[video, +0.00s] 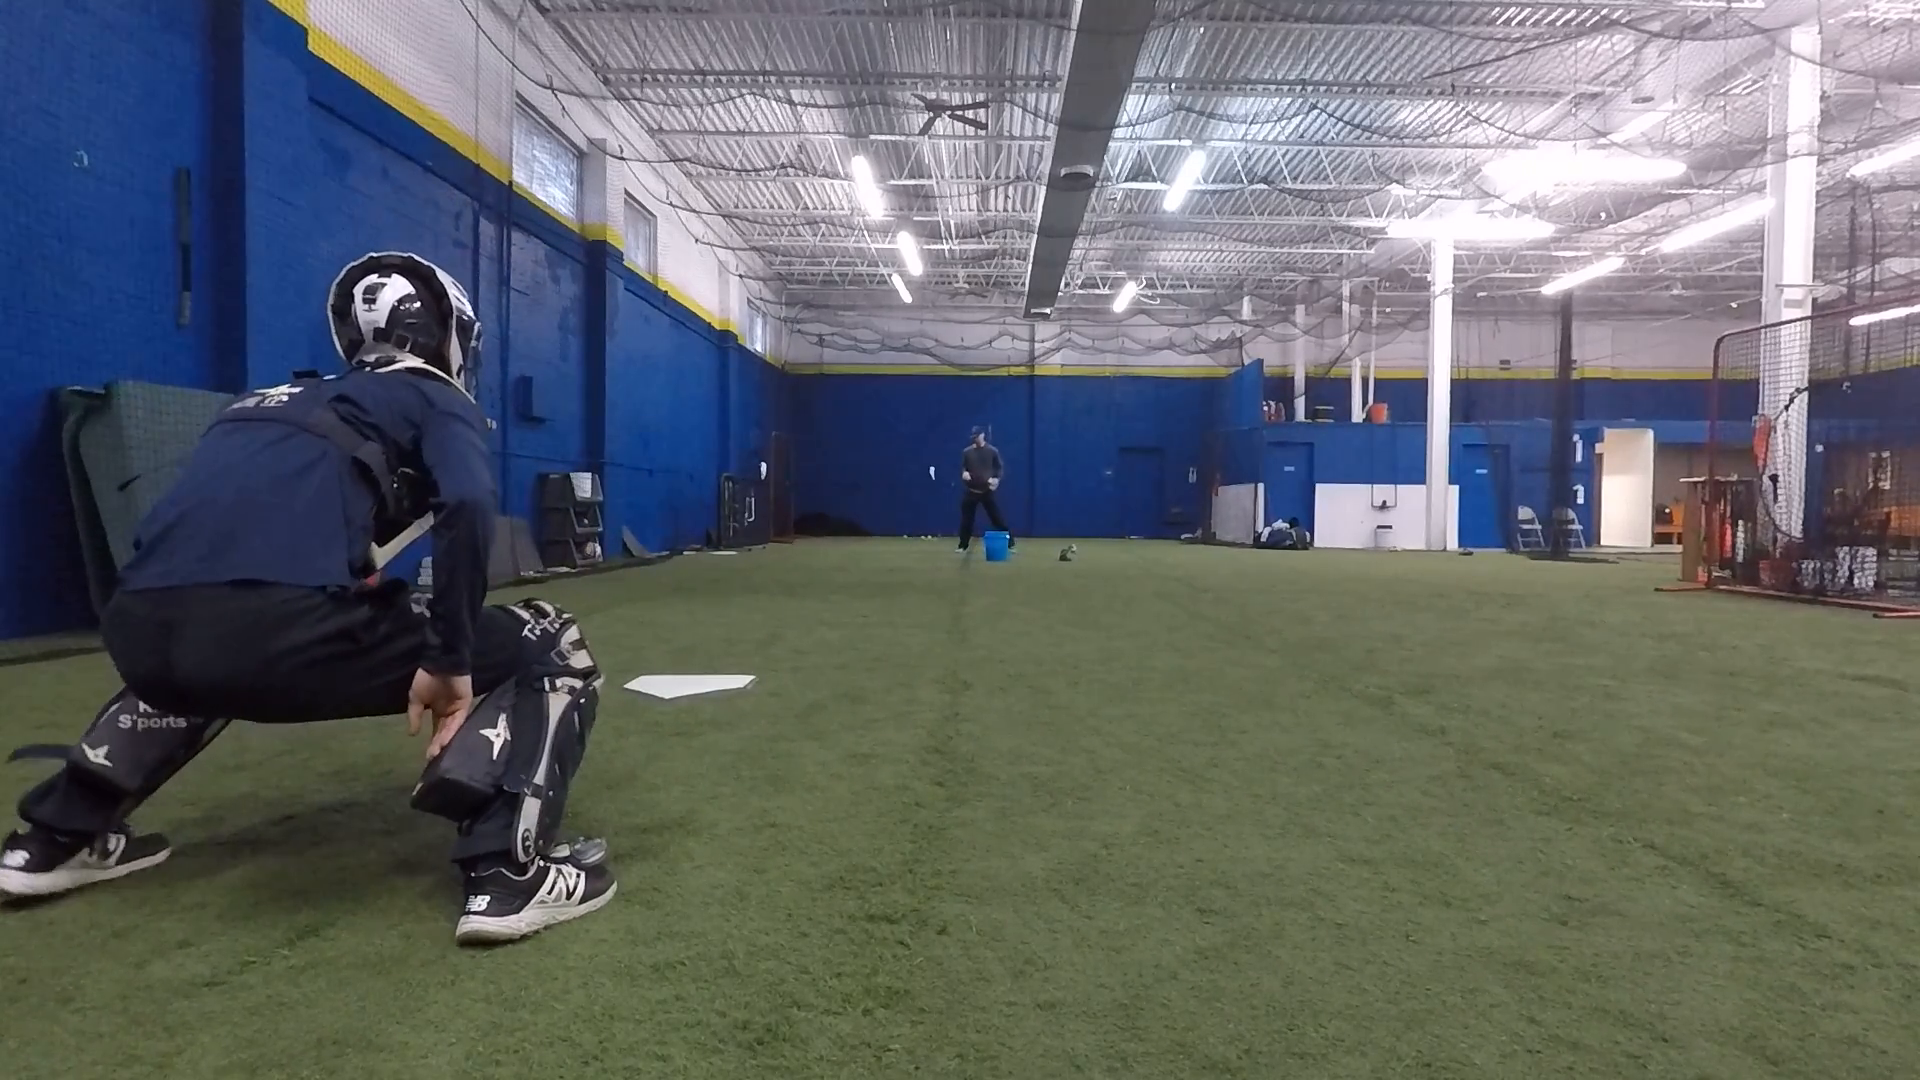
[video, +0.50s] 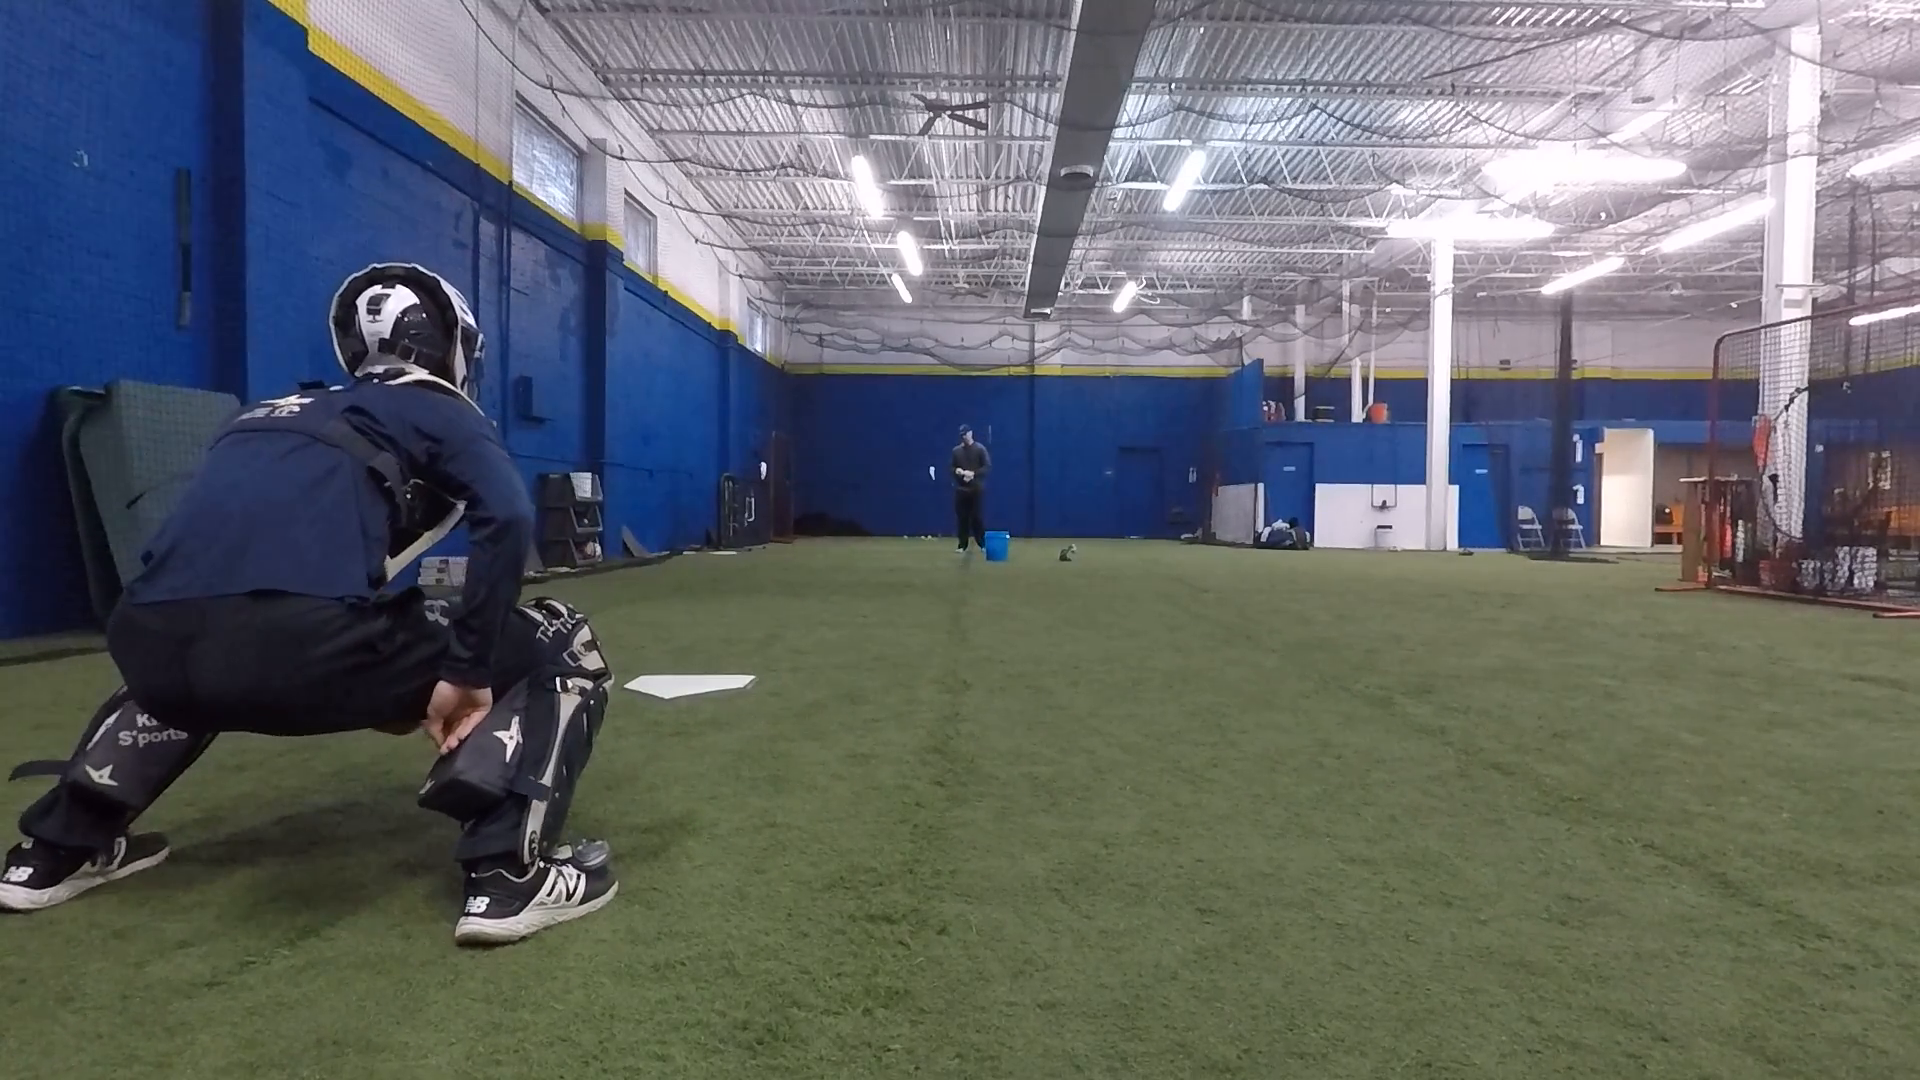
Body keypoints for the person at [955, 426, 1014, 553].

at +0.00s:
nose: (975, 438)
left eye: (977, 435)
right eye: (974, 436)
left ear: (983, 435)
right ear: (972, 437)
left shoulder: (993, 451)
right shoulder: (967, 452)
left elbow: (999, 467)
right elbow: (963, 466)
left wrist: (997, 478)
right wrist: (964, 473)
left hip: (987, 491)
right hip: (971, 491)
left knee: (996, 518)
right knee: (966, 520)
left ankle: (1009, 543)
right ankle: (963, 545)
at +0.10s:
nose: (970, 438)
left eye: (972, 435)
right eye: (968, 436)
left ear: (977, 435)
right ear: (966, 437)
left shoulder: (987, 450)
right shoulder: (962, 451)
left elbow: (994, 466)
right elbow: (958, 466)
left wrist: (989, 476)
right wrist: (958, 471)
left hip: (983, 490)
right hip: (967, 490)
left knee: (990, 515)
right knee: (965, 518)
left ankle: (998, 541)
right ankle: (963, 544)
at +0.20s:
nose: (967, 439)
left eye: (968, 436)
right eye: (965, 437)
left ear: (974, 435)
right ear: (962, 438)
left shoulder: (984, 450)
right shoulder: (959, 451)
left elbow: (991, 466)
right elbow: (956, 466)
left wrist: (983, 475)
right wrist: (956, 471)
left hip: (980, 489)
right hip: (965, 489)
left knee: (985, 514)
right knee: (964, 518)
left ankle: (990, 542)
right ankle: (962, 544)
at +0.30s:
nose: (965, 438)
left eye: (966, 435)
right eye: (963, 436)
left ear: (971, 434)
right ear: (961, 437)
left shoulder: (982, 449)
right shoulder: (957, 452)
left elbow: (989, 466)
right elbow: (955, 468)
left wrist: (976, 474)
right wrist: (961, 473)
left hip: (979, 490)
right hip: (964, 489)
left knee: (980, 516)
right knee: (963, 517)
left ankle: (983, 542)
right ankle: (963, 544)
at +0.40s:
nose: (965, 438)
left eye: (966, 435)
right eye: (963, 436)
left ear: (971, 434)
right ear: (960, 437)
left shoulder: (981, 449)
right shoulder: (957, 451)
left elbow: (988, 467)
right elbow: (953, 467)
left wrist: (974, 474)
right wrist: (959, 471)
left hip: (976, 490)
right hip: (962, 490)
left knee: (977, 517)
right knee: (962, 518)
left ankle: (981, 543)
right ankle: (962, 544)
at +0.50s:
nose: (965, 437)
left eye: (966, 434)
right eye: (962, 435)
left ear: (971, 433)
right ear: (960, 436)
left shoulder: (980, 449)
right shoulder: (956, 451)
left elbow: (987, 467)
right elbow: (952, 467)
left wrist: (973, 473)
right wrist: (958, 471)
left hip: (976, 489)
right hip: (961, 490)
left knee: (976, 517)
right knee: (962, 518)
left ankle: (982, 544)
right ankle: (962, 544)